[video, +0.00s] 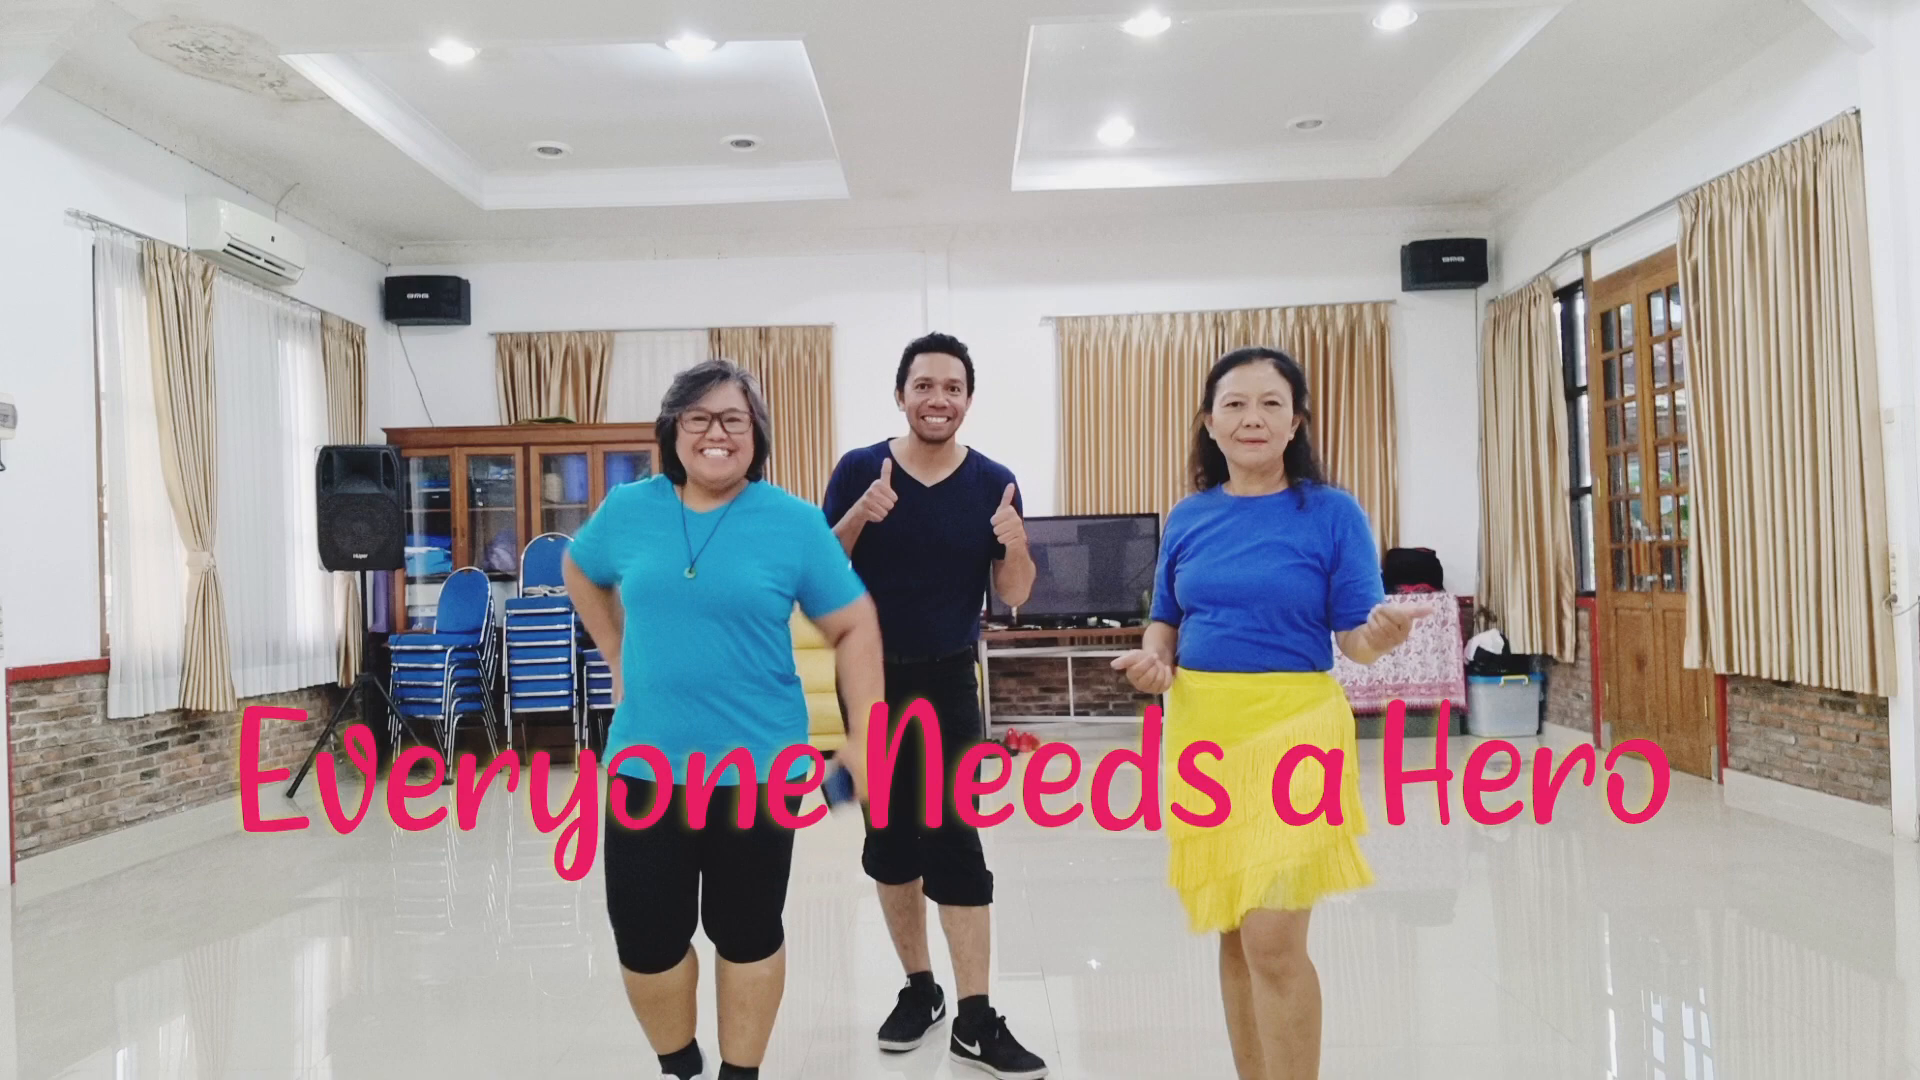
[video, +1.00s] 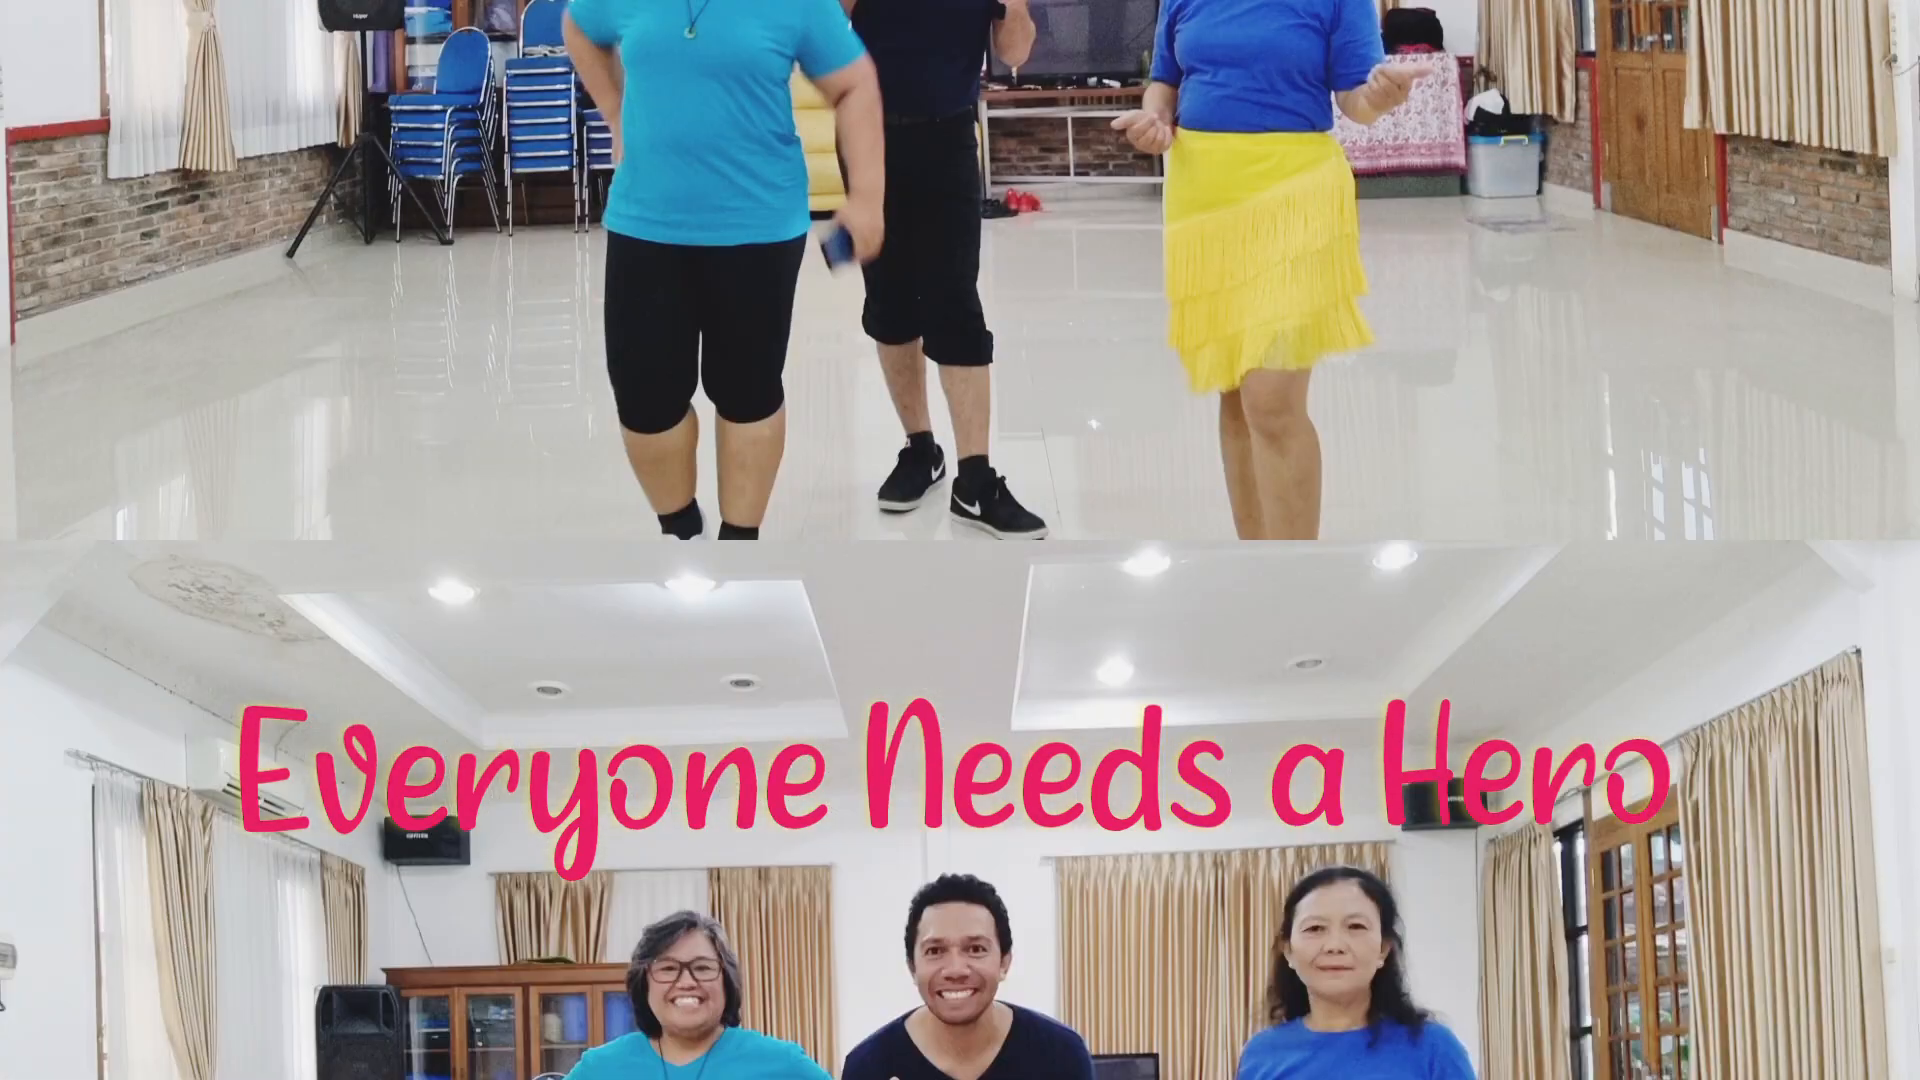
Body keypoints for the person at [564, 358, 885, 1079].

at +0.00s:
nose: (720, 432)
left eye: (736, 420)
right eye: (702, 420)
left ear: (756, 436)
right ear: (672, 434)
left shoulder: (795, 523)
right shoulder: (627, 509)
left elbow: (856, 626)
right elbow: (580, 570)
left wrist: (865, 738)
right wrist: (625, 663)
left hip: (758, 768)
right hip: (645, 764)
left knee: (746, 932)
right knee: (646, 938)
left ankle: (739, 1076)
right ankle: (680, 1069)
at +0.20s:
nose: (720, 432)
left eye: (736, 420)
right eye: (702, 420)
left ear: (756, 436)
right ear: (672, 434)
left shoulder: (795, 523)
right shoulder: (627, 509)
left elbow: (856, 626)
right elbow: (580, 570)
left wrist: (865, 738)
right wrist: (625, 663)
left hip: (758, 768)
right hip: (645, 764)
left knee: (746, 932)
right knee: (646, 938)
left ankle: (739, 1076)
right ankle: (680, 1069)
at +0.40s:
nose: (720, 432)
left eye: (736, 420)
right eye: (702, 420)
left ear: (756, 436)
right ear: (672, 434)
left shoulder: (795, 523)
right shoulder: (627, 509)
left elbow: (856, 626)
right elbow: (580, 570)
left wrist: (865, 738)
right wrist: (625, 663)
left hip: (758, 768)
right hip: (645, 764)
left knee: (746, 932)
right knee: (646, 938)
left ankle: (739, 1076)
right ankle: (680, 1069)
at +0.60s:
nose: (718, 428)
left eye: (734, 416)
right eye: (701, 415)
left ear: (756, 432)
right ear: (672, 429)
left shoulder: (796, 520)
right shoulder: (627, 505)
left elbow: (856, 623)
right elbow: (580, 565)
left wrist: (865, 734)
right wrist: (622, 658)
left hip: (758, 763)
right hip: (645, 759)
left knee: (746, 929)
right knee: (646, 934)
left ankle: (739, 1075)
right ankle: (681, 1068)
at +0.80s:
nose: (719, 316)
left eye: (735, 303)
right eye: (701, 303)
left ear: (756, 319)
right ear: (672, 317)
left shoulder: (795, 407)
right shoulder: (627, 393)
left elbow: (856, 509)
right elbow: (580, 453)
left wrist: (867, 622)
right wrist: (622, 544)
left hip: (758, 652)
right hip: (646, 649)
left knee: (748, 815)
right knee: (645, 819)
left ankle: (738, 973)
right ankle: (681, 961)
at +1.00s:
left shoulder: (798, 5)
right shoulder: (620, 3)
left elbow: (855, 85)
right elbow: (580, 30)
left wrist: (867, 197)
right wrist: (626, 128)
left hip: (757, 222)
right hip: (646, 220)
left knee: (746, 392)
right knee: (646, 398)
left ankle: (739, 548)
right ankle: (682, 537)